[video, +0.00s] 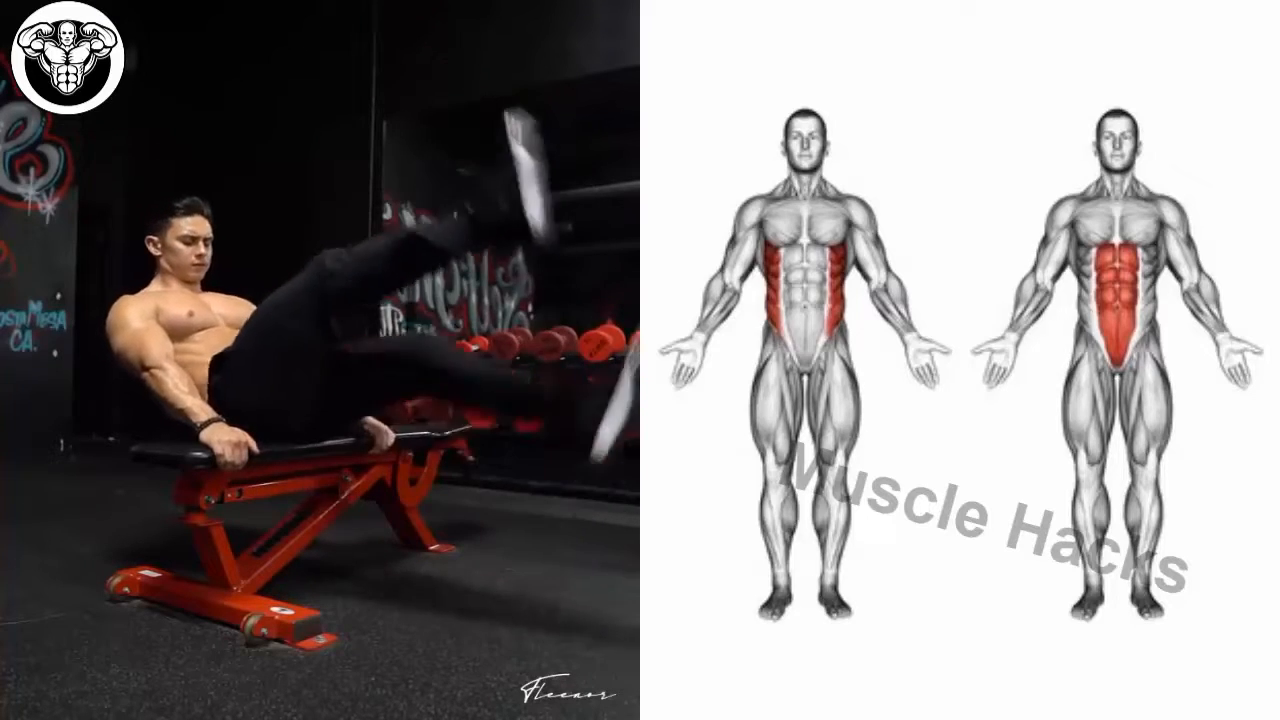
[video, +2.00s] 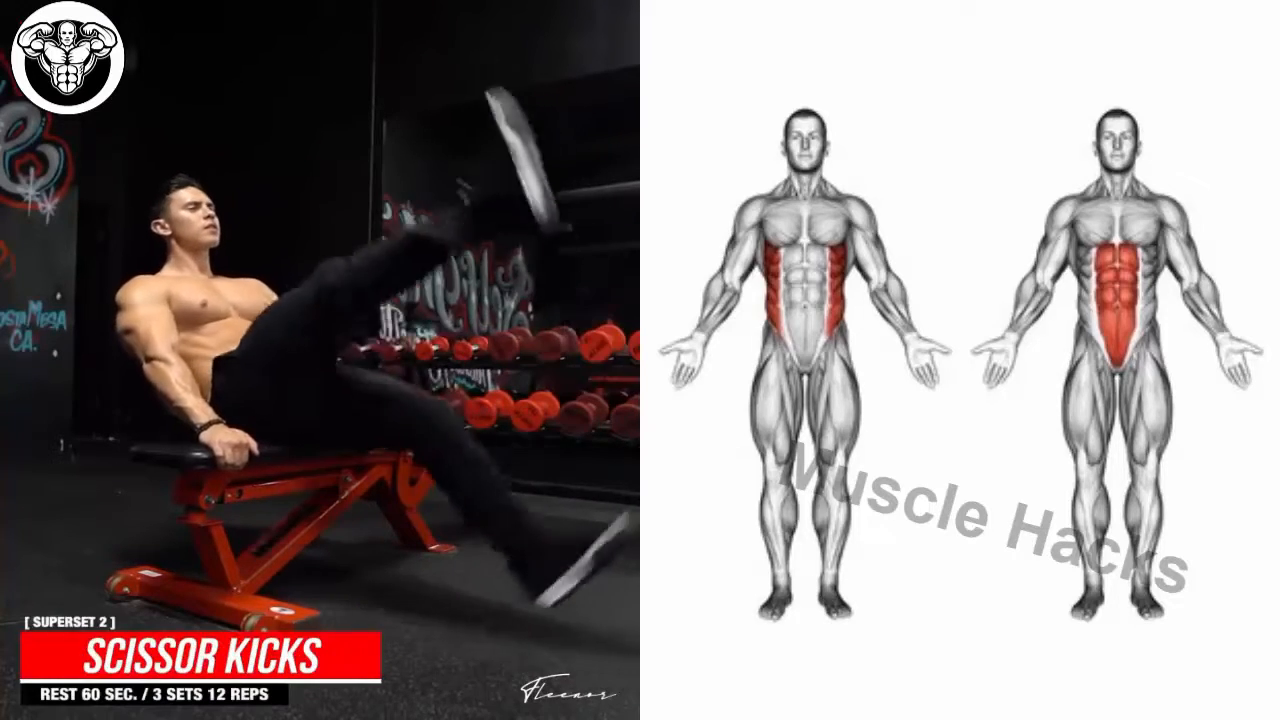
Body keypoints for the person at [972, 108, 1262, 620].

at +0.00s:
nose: (1116, 146)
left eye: (1124, 138)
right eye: (1109, 138)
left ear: (1137, 146)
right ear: (1097, 145)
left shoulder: (1164, 211)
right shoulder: (1070, 211)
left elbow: (1193, 282)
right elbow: (1041, 282)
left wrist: (1222, 336)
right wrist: (1012, 336)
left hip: (1144, 355)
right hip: (1089, 354)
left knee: (1146, 466)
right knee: (1088, 466)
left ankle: (1141, 581)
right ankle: (1092, 583)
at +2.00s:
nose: (1116, 145)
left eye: (1124, 138)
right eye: (1109, 137)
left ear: (1137, 146)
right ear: (1097, 145)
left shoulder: (1164, 211)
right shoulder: (1070, 211)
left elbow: (1193, 282)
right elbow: (1041, 282)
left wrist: (1221, 335)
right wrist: (1012, 336)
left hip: (1144, 355)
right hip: (1089, 354)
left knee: (1145, 466)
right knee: (1088, 467)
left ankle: (1141, 582)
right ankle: (1092, 583)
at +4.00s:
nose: (1116, 145)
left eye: (1124, 138)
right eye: (1108, 138)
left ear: (1137, 145)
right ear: (1097, 146)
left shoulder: (1164, 211)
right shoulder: (1070, 211)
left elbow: (1193, 282)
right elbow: (1041, 282)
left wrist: (1221, 335)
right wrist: (1012, 336)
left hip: (1144, 355)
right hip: (1089, 354)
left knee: (1145, 466)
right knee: (1088, 466)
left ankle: (1141, 582)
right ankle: (1092, 583)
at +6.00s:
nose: (1116, 145)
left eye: (1124, 138)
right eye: (1108, 138)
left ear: (1137, 145)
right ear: (1097, 145)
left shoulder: (1164, 211)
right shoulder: (1070, 211)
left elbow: (1193, 282)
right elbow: (1041, 282)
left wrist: (1222, 335)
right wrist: (1012, 336)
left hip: (1144, 355)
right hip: (1089, 354)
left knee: (1145, 466)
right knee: (1088, 466)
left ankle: (1141, 581)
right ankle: (1092, 583)